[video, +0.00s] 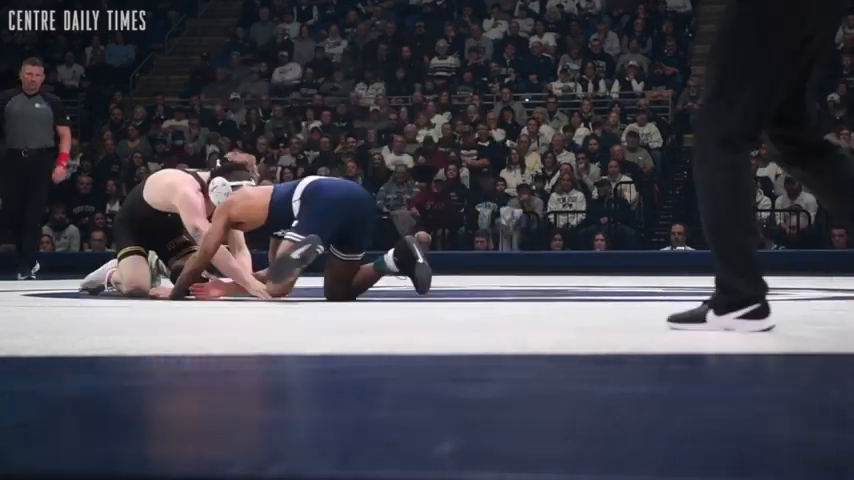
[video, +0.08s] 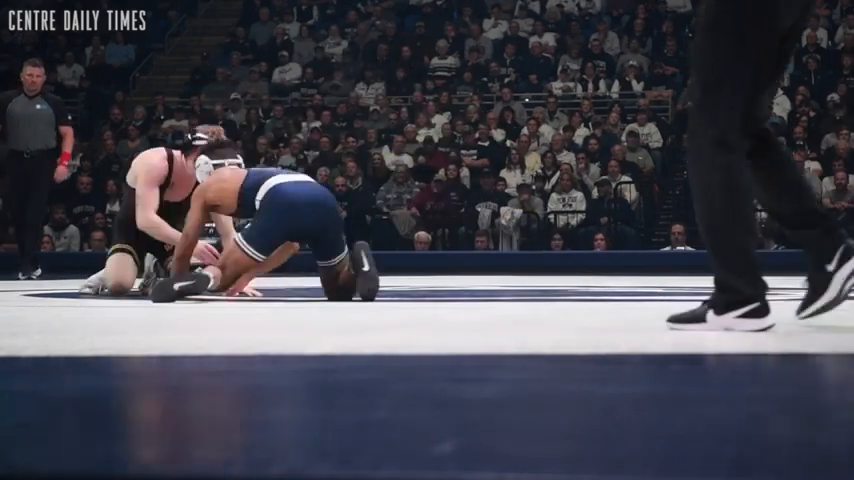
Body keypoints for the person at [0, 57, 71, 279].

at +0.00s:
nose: (32, 79)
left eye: (37, 75)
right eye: (28, 74)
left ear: (43, 77)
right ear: (20, 76)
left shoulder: (52, 102)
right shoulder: (7, 100)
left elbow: (65, 134)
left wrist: (62, 163)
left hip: (41, 161)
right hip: (12, 161)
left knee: (34, 213)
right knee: (13, 212)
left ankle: (26, 266)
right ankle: (27, 261)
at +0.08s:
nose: (33, 80)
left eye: (37, 76)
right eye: (29, 75)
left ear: (44, 78)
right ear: (21, 77)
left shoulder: (53, 102)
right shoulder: (8, 101)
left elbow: (67, 133)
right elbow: (4, 130)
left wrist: (64, 162)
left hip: (43, 162)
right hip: (15, 162)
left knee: (35, 213)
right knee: (17, 213)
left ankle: (32, 264)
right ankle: (25, 264)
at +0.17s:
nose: (34, 80)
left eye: (39, 76)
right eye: (30, 76)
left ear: (45, 79)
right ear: (23, 77)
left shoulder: (55, 103)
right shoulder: (11, 103)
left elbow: (69, 133)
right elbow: (4, 131)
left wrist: (66, 162)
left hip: (46, 162)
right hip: (18, 162)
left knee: (40, 212)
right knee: (21, 211)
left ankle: (34, 265)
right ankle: (27, 263)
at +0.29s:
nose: (38, 80)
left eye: (43, 76)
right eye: (34, 76)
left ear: (49, 78)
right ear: (26, 78)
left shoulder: (60, 102)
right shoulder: (13, 102)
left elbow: (73, 133)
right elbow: (2, 132)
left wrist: (69, 161)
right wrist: (0, 160)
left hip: (51, 162)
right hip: (22, 163)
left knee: (48, 210)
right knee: (25, 211)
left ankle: (47, 263)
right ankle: (30, 263)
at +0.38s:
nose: (42, 80)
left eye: (46, 76)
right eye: (37, 75)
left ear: (52, 78)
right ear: (30, 77)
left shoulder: (64, 102)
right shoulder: (16, 102)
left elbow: (76, 132)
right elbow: (4, 131)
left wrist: (72, 161)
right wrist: (2, 160)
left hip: (56, 162)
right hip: (27, 163)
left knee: (60, 210)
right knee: (28, 212)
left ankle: (62, 260)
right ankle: (32, 262)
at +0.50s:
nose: (51, 81)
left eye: (56, 77)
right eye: (48, 77)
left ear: (61, 80)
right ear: (40, 78)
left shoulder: (72, 104)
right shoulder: (25, 102)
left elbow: (85, 134)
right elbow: (10, 132)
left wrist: (82, 162)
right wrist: (5, 161)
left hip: (65, 164)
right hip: (35, 164)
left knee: (79, 211)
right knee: (32, 214)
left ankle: (93, 261)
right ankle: (33, 266)